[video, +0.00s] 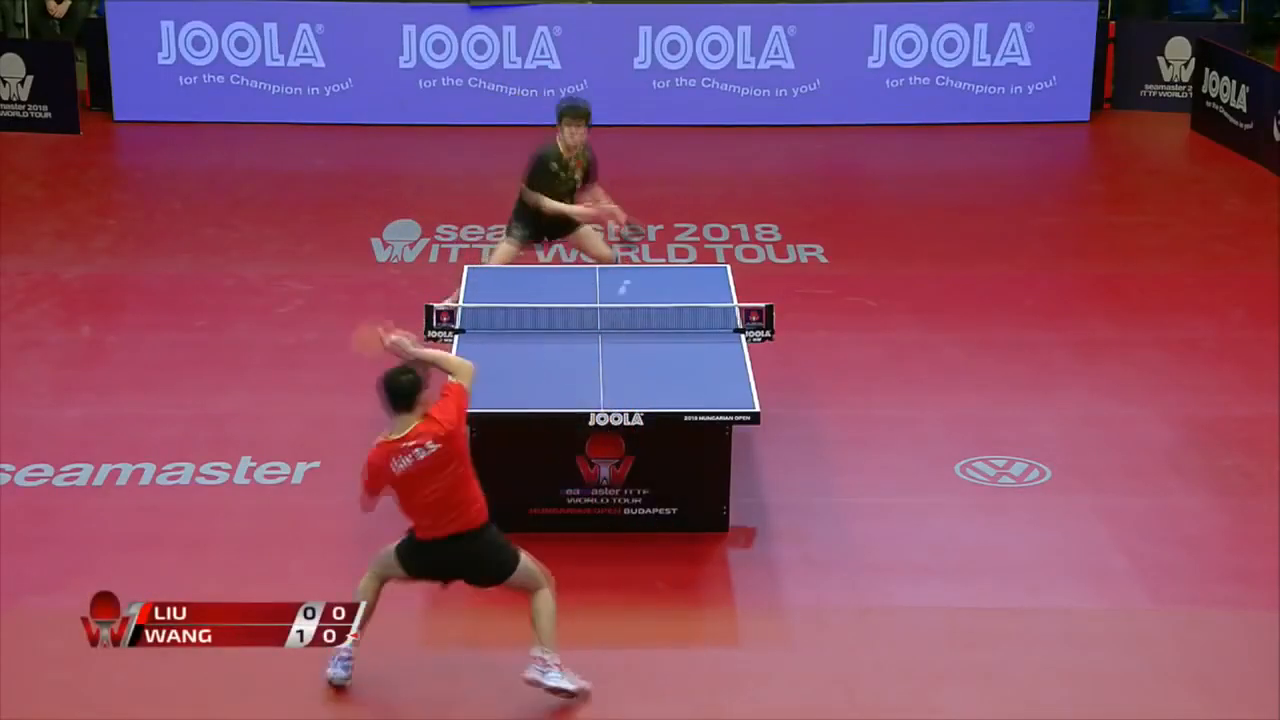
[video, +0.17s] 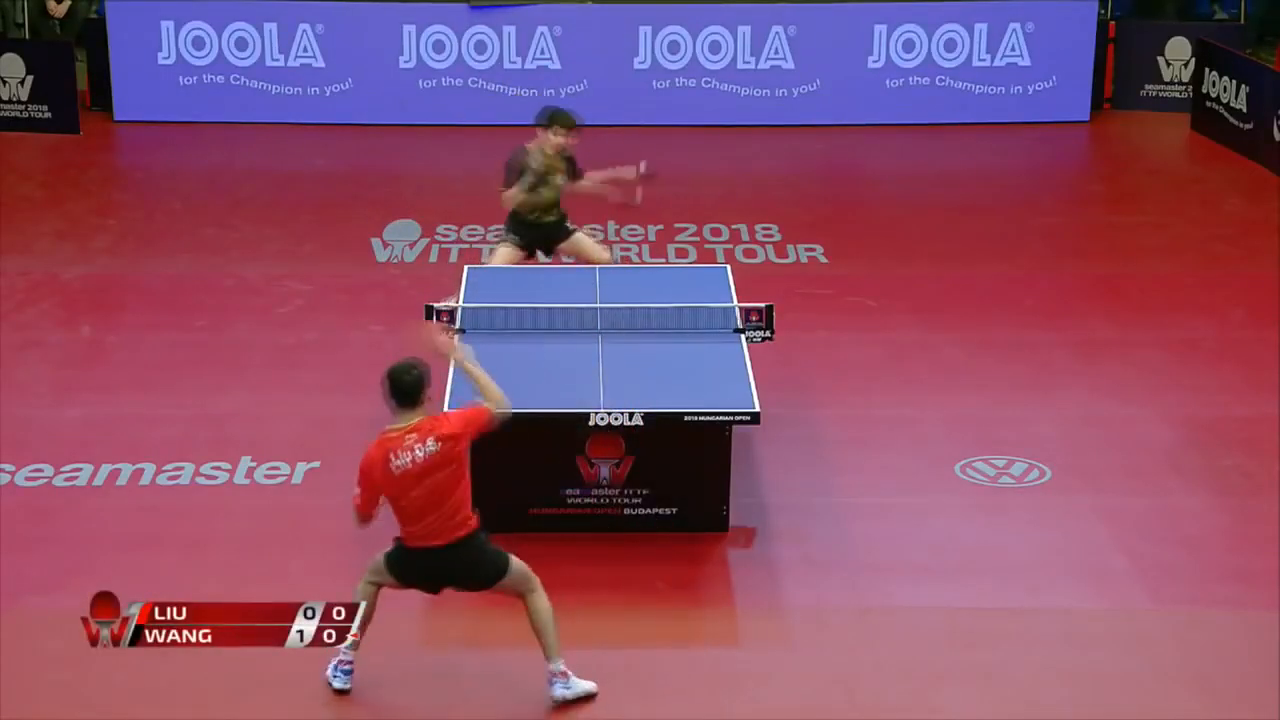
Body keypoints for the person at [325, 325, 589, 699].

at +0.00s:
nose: (428, 393)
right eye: (424, 388)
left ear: (386, 402)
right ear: (422, 395)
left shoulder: (381, 456)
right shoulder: (446, 419)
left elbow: (367, 502)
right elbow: (464, 369)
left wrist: (388, 453)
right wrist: (414, 351)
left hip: (427, 552)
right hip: (478, 546)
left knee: (376, 573)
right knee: (541, 584)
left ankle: (344, 656)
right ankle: (547, 663)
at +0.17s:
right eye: (423, 387)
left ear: (388, 397)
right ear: (426, 392)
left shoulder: (378, 454)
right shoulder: (453, 424)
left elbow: (363, 516)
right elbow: (502, 409)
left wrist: (371, 483)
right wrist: (467, 363)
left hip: (415, 561)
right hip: (468, 555)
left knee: (372, 578)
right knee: (531, 586)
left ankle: (344, 664)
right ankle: (560, 676)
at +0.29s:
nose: (457, 390)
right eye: (456, 385)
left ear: (418, 389)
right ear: (454, 392)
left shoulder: (387, 436)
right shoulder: (468, 435)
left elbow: (363, 494)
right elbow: (521, 463)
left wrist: (396, 519)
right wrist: (508, 409)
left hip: (394, 556)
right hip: (447, 560)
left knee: (358, 581)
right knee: (521, 602)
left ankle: (329, 665)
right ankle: (564, 690)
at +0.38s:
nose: (476, 413)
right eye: (475, 408)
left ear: (435, 409)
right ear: (471, 416)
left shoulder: (406, 446)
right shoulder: (477, 463)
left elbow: (369, 497)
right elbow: (514, 519)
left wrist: (410, 513)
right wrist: (521, 486)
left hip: (388, 569)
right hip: (437, 578)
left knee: (355, 603)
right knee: (515, 619)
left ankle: (300, 679)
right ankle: (532, 712)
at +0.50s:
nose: (476, 423)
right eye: (476, 417)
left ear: (435, 421)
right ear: (472, 424)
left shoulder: (405, 456)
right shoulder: (478, 478)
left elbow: (376, 489)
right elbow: (513, 532)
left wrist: (420, 485)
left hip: (385, 586)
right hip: (438, 592)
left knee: (343, 619)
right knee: (515, 622)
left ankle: (291, 690)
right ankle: (533, 713)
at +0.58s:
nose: (473, 402)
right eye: (473, 398)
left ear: (435, 399)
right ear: (471, 404)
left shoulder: (408, 438)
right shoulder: (487, 446)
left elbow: (369, 462)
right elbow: (529, 474)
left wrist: (361, 452)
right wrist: (523, 446)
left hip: (389, 563)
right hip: (439, 572)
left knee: (342, 622)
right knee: (499, 626)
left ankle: (292, 691)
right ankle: (530, 711)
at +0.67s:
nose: (471, 380)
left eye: (467, 374)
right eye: (471, 375)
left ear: (430, 375)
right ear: (465, 378)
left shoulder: (401, 420)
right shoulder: (480, 419)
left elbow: (364, 477)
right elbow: (529, 446)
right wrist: (557, 458)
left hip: (391, 538)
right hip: (440, 545)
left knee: (346, 626)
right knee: (488, 634)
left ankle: (307, 707)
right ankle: (533, 714)